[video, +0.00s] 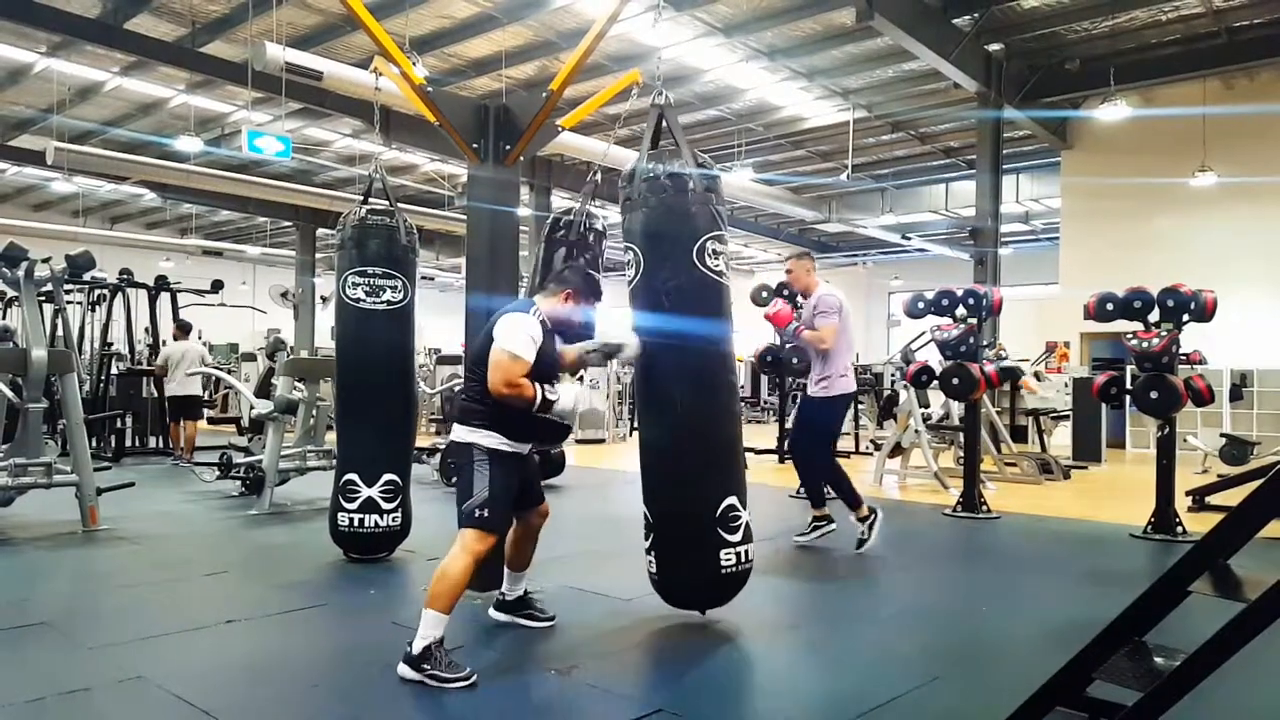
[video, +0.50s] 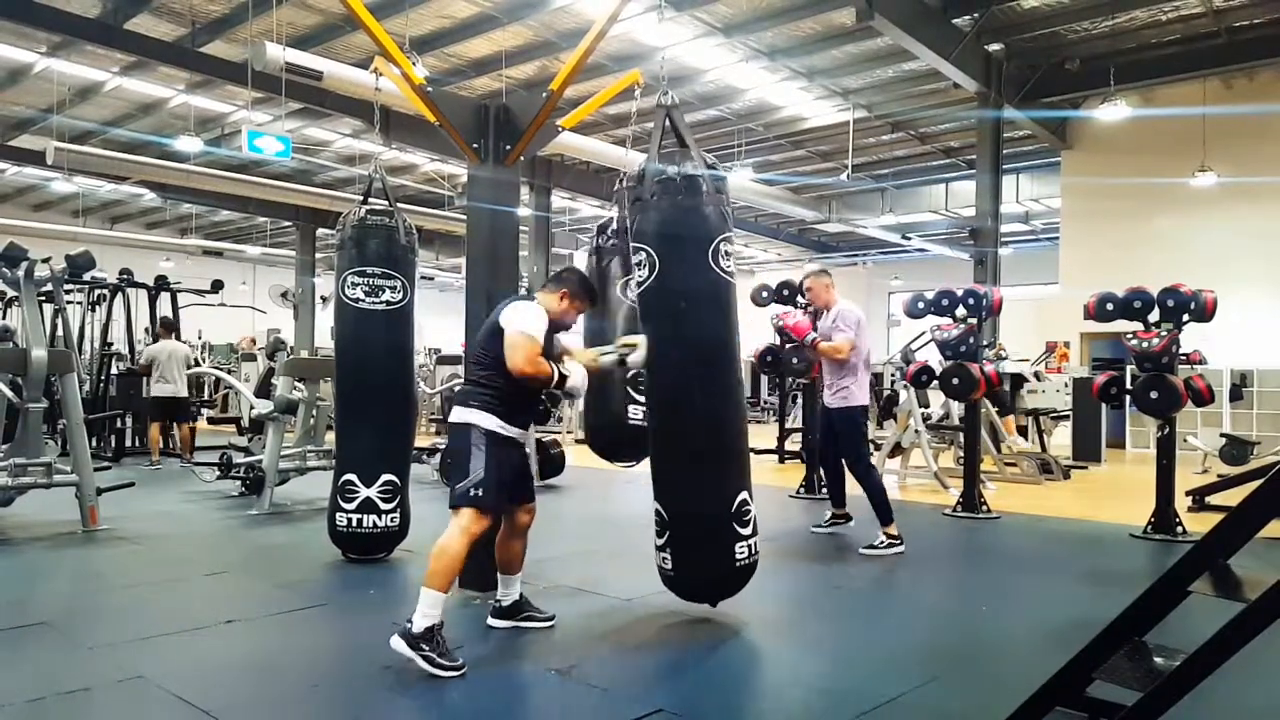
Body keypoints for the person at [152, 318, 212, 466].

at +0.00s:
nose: (173, 331)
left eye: (174, 329)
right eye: (174, 329)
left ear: (176, 331)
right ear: (189, 333)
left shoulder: (167, 349)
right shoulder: (199, 348)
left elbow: (158, 371)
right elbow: (210, 365)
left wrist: (172, 371)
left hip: (174, 392)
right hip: (194, 392)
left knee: (174, 422)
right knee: (190, 424)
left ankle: (177, 453)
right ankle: (187, 456)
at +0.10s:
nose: (172, 331)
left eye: (173, 328)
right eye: (173, 328)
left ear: (175, 331)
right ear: (188, 332)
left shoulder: (167, 349)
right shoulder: (198, 348)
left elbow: (157, 370)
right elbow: (208, 366)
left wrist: (171, 371)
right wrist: (194, 369)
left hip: (172, 393)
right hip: (193, 393)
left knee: (171, 423)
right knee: (190, 425)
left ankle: (173, 454)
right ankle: (187, 457)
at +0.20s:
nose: (171, 332)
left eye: (171, 330)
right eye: (172, 330)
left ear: (172, 331)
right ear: (186, 332)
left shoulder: (165, 349)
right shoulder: (196, 348)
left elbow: (155, 368)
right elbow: (206, 366)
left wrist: (168, 371)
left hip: (171, 393)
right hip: (191, 393)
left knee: (166, 424)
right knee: (190, 424)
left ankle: (165, 453)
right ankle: (187, 457)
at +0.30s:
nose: (166, 331)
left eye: (167, 328)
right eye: (167, 328)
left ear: (168, 331)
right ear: (182, 332)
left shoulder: (162, 349)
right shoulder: (193, 348)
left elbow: (152, 367)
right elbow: (202, 367)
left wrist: (164, 371)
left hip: (167, 394)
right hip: (189, 393)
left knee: (161, 423)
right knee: (189, 424)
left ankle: (157, 455)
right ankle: (187, 457)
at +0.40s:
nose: (161, 330)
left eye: (162, 327)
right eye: (162, 327)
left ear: (164, 330)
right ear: (179, 331)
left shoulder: (157, 349)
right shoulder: (189, 349)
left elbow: (147, 367)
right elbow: (200, 368)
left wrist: (161, 370)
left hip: (163, 393)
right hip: (184, 393)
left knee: (156, 424)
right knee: (186, 424)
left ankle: (155, 458)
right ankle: (187, 457)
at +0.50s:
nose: (158, 331)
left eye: (159, 329)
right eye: (159, 329)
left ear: (160, 330)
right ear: (173, 331)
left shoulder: (152, 349)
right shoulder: (184, 348)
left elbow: (142, 368)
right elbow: (190, 364)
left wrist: (157, 370)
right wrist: (176, 368)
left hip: (159, 393)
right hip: (180, 393)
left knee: (155, 424)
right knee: (183, 425)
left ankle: (155, 459)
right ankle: (186, 457)